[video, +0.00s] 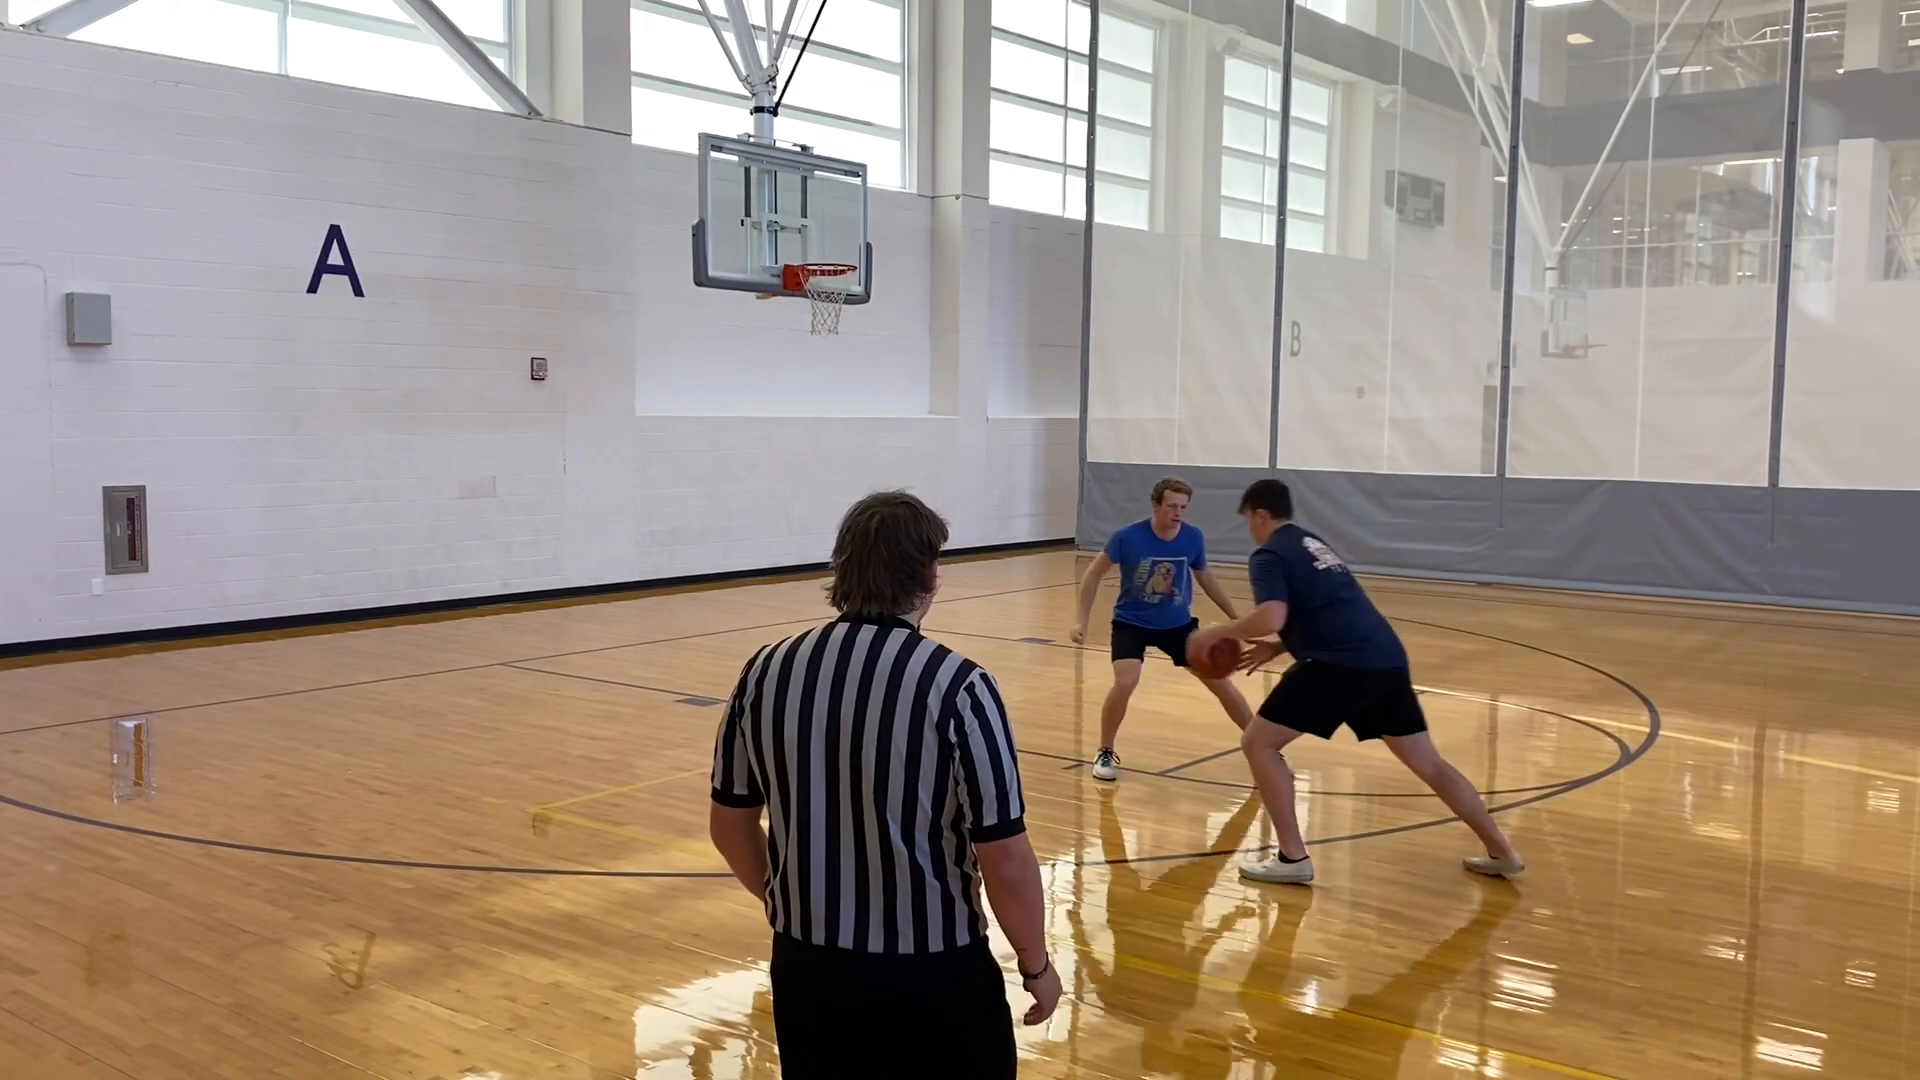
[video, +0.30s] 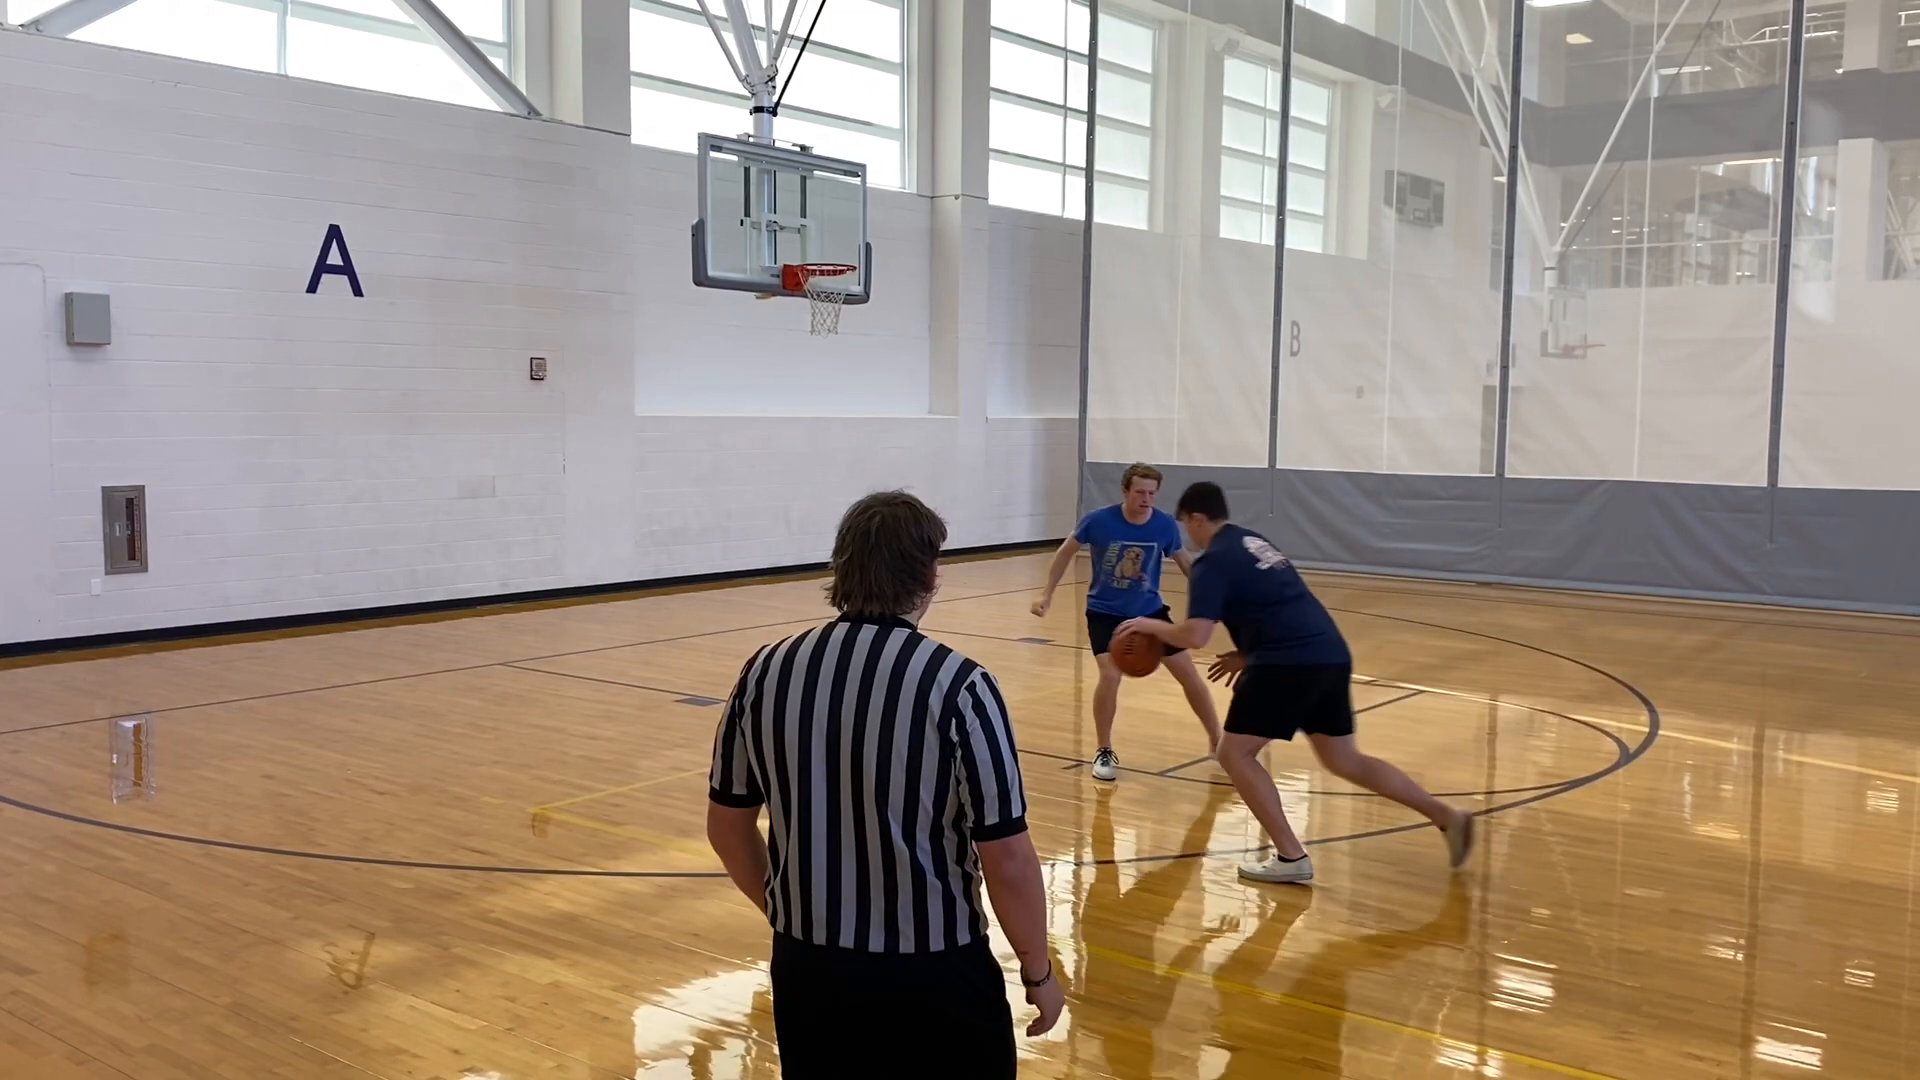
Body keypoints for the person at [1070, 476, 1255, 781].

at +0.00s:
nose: (1178, 512)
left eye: (1183, 507)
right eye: (1172, 506)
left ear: (1187, 508)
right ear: (1155, 506)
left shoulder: (1192, 538)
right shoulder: (1127, 538)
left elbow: (1205, 577)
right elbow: (1094, 574)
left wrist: (1235, 618)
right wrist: (1082, 623)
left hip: (1177, 624)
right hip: (1131, 623)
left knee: (1220, 681)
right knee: (1126, 681)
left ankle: (1263, 746)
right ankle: (1106, 752)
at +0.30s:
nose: (1145, 499)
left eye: (1151, 493)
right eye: (1139, 492)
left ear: (1157, 494)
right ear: (1125, 491)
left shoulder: (1165, 526)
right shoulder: (1097, 522)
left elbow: (1187, 564)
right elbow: (1066, 552)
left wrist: (1210, 594)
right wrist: (1046, 595)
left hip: (1150, 610)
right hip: (1105, 612)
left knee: (1187, 672)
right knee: (1110, 675)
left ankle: (1218, 741)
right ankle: (1104, 751)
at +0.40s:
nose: (1135, 495)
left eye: (1141, 489)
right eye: (1129, 489)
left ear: (1148, 491)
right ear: (1116, 488)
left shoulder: (1157, 522)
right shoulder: (1089, 517)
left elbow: (1187, 556)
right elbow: (1059, 548)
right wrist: (1037, 590)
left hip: (1142, 608)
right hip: (1097, 609)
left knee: (1175, 666)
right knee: (1099, 676)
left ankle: (1193, 740)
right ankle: (1102, 751)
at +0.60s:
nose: (1117, 491)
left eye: (1123, 486)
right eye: (1112, 485)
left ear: (1130, 488)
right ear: (1100, 484)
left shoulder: (1136, 518)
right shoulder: (1074, 512)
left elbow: (1154, 556)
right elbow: (1045, 547)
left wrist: (1153, 595)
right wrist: (1024, 588)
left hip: (1122, 599)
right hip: (1078, 599)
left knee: (1150, 662)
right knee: (1077, 670)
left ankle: (1147, 732)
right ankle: (1084, 744)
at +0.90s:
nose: (1091, 493)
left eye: (1097, 488)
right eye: (1086, 487)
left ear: (1106, 489)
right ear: (1076, 486)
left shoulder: (1114, 518)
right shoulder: (1054, 518)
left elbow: (1134, 558)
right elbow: (1028, 555)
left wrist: (1138, 600)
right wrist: (1009, 595)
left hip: (1104, 601)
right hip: (1060, 599)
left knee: (1122, 670)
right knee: (1043, 664)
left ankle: (1115, 739)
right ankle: (1038, 738)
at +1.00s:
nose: (1084, 495)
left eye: (1088, 489)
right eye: (1078, 488)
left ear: (1091, 493)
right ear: (1068, 491)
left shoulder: (1105, 522)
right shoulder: (1045, 522)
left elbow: (1125, 565)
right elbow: (1021, 561)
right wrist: (1002, 601)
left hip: (1095, 603)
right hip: (1051, 600)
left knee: (1112, 672)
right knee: (1027, 662)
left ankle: (1111, 743)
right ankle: (1015, 734)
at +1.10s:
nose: (1057, 513)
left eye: (1057, 506)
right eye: (1055, 507)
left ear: (1068, 500)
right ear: (1053, 504)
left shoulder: (1097, 524)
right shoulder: (1039, 527)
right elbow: (1015, 565)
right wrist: (994, 606)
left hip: (1087, 607)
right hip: (1045, 605)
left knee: (1108, 675)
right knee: (1013, 668)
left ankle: (1107, 748)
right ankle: (991, 732)